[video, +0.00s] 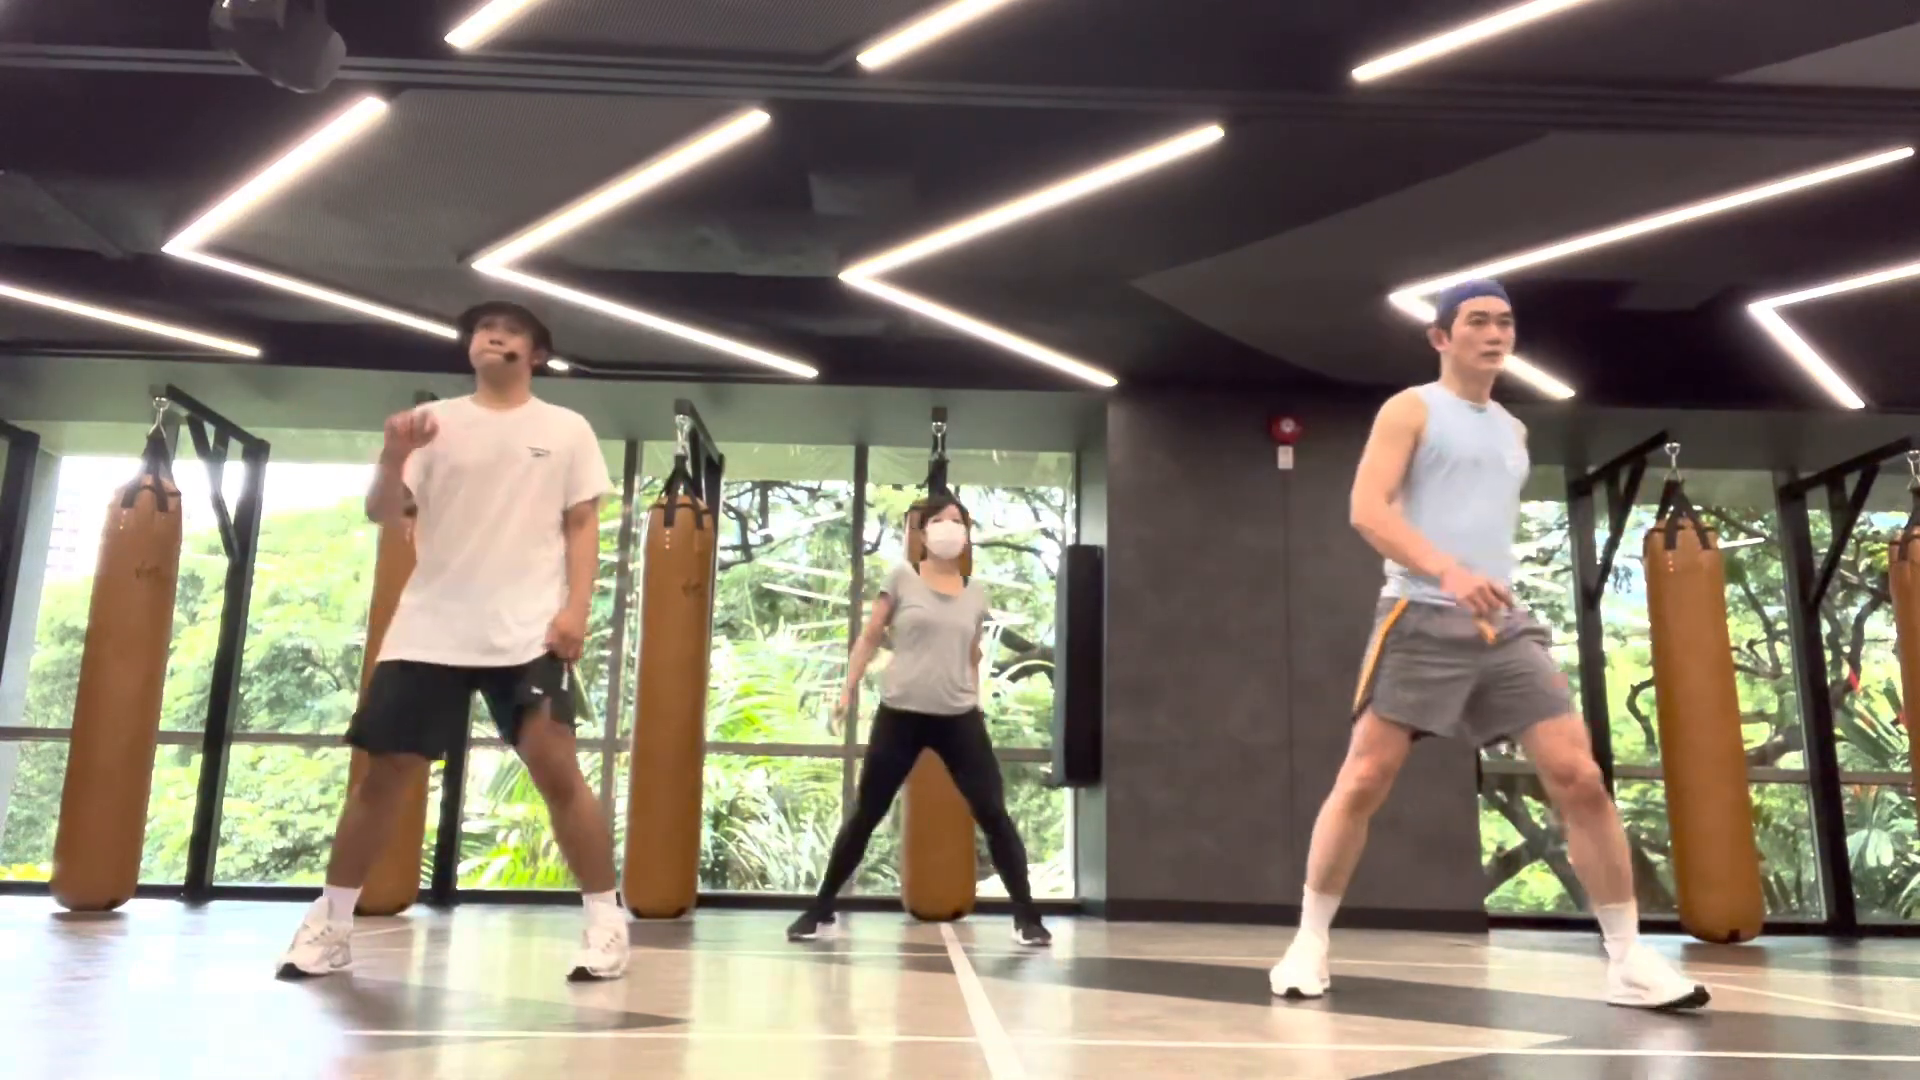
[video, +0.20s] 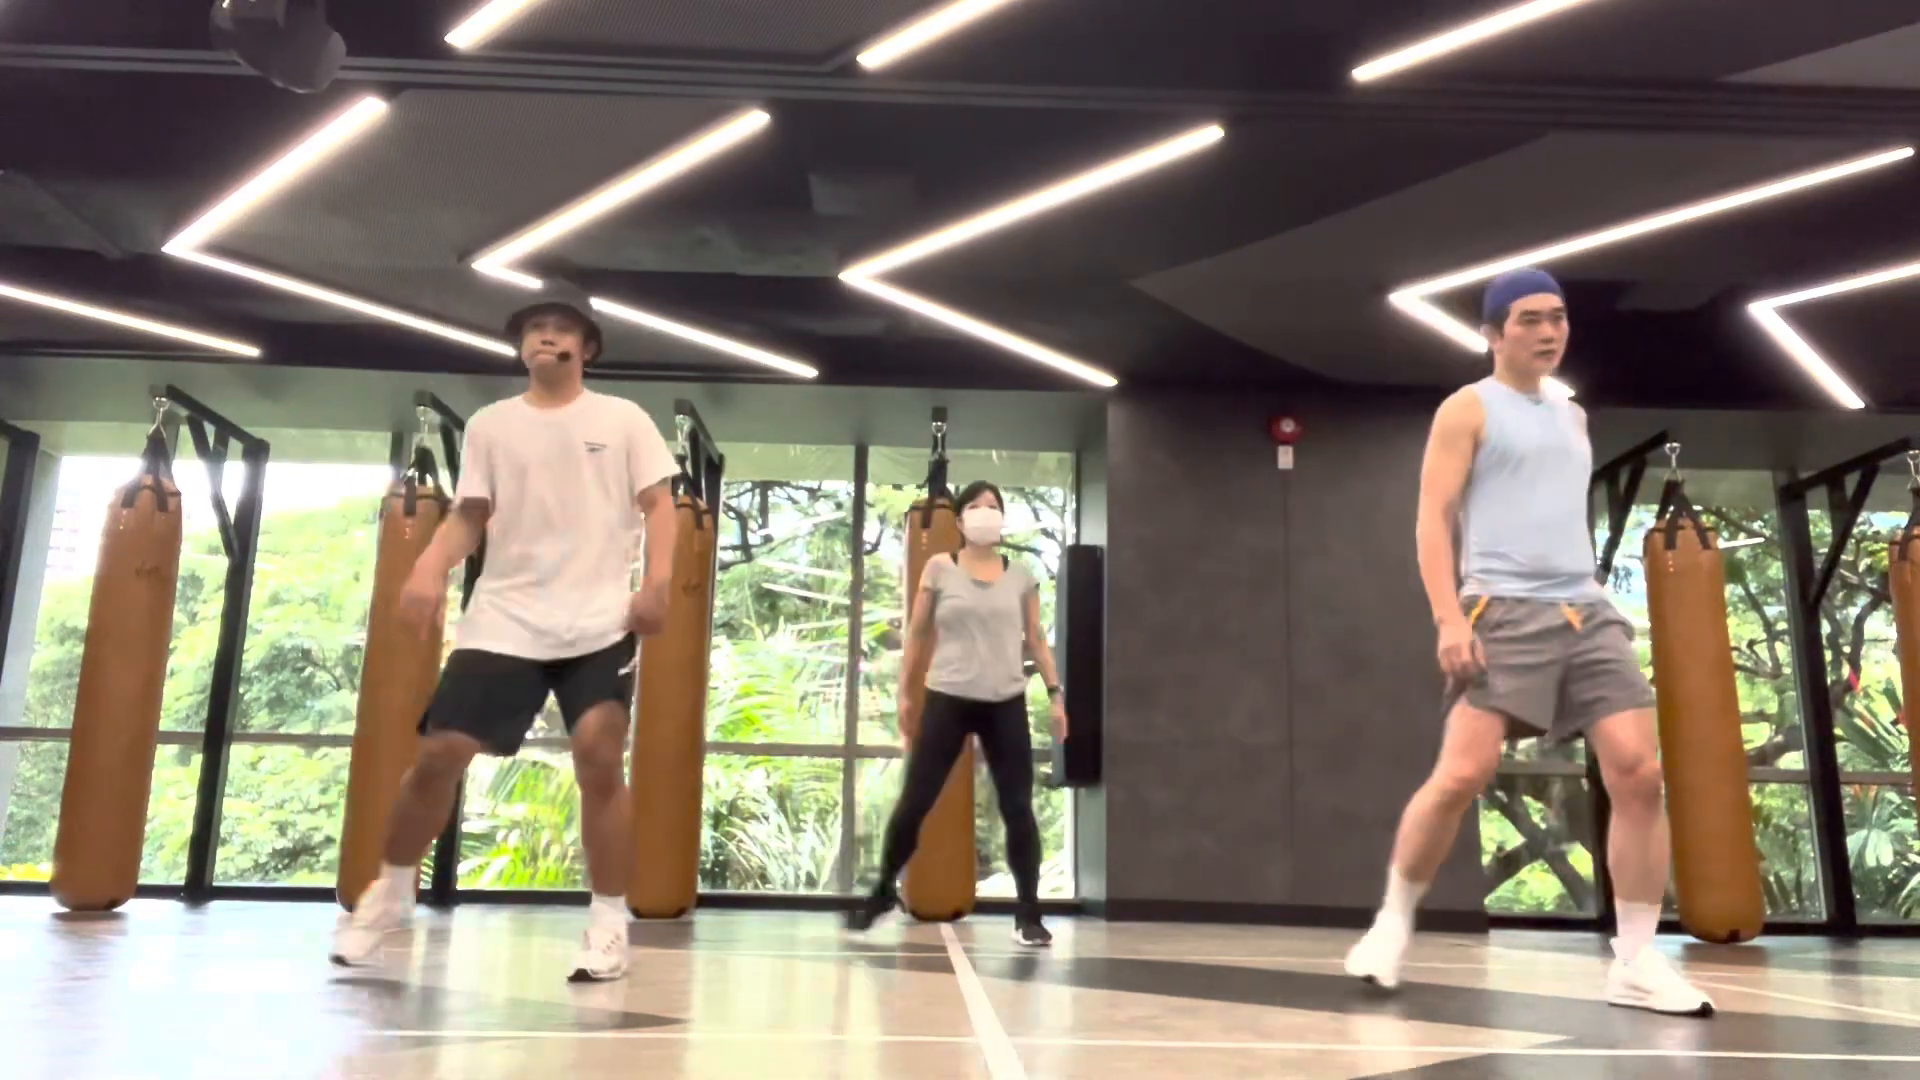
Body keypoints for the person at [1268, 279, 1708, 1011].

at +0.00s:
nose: (1494, 333)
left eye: (1503, 322)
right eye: (1478, 321)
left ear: (1513, 339)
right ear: (1442, 337)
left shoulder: (1513, 434)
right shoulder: (1410, 409)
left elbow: (1487, 530)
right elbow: (1368, 510)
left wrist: (1503, 607)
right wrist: (1451, 571)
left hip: (1505, 627)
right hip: (1421, 622)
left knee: (1580, 777)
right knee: (1363, 778)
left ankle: (1627, 960)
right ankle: (1309, 942)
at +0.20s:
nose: (1549, 330)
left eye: (1557, 318)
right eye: (1532, 319)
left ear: (1566, 329)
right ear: (1497, 332)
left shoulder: (1572, 412)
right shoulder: (1466, 408)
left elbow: (1565, 514)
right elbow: (1432, 517)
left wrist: (1587, 599)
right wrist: (1449, 618)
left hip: (1589, 612)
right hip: (1505, 616)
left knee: (1638, 772)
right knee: (1460, 776)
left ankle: (1635, 961)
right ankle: (1392, 925)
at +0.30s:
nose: (1559, 328)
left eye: (1568, 315)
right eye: (1540, 316)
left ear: (1578, 327)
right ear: (1503, 330)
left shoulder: (1591, 407)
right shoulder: (1467, 407)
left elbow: (1593, 485)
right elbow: (1434, 516)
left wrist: (1628, 534)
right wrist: (1436, 618)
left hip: (1610, 598)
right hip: (1528, 598)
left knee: (1640, 769)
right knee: (1542, 768)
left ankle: (1637, 958)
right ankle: (1488, 914)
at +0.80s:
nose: (1573, 389)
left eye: (1586, 376)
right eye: (1558, 375)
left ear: (1599, 383)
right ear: (1525, 380)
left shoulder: (1613, 463)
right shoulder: (1468, 447)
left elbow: (1594, 561)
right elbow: (1432, 539)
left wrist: (1602, 479)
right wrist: (1419, 632)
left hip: (1559, 645)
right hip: (1471, 640)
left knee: (1608, 777)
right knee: (1445, 785)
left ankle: (1636, 957)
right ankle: (1391, 889)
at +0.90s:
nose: (1553, 411)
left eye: (1566, 398)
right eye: (1538, 397)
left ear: (1578, 405)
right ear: (1504, 403)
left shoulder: (1586, 482)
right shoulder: (1450, 468)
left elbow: (1580, 595)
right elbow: (1406, 553)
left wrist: (1586, 531)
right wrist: (1385, 646)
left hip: (1529, 658)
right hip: (1442, 657)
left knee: (1591, 781)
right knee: (1395, 804)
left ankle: (1636, 956)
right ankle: (1345, 906)